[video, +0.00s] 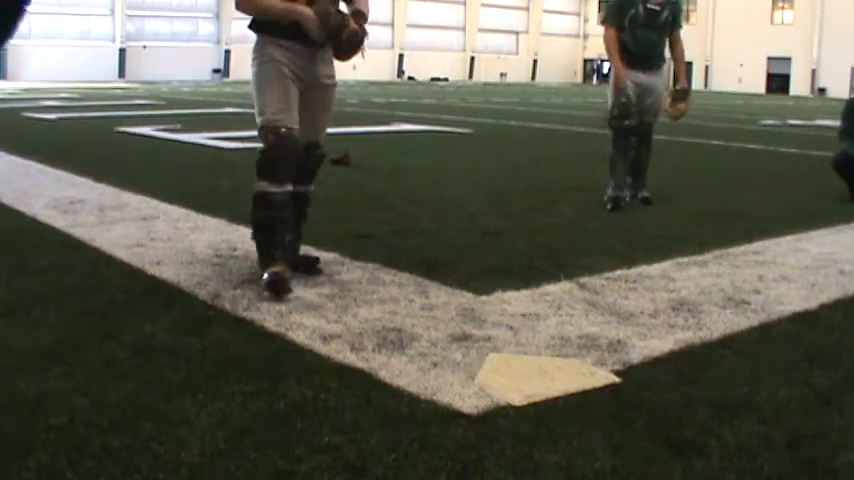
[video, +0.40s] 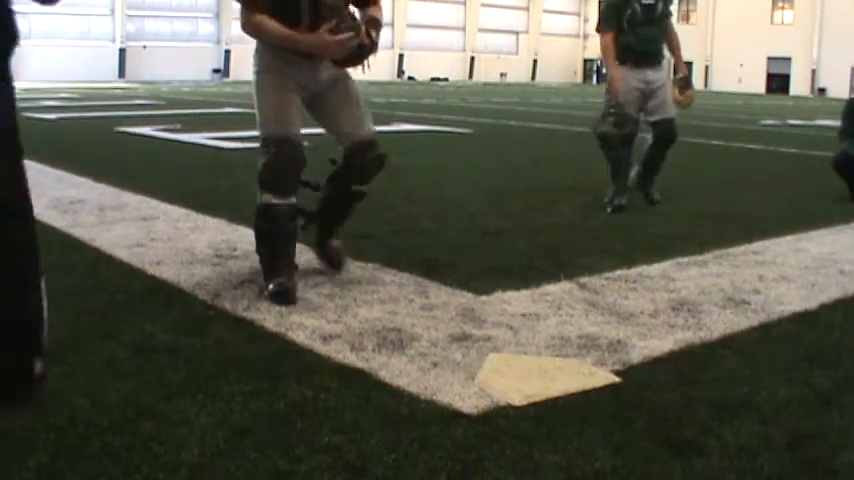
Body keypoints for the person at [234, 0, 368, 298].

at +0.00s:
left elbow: (359, 7)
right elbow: (244, 4)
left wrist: (355, 25)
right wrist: (299, 12)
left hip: (322, 53)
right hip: (276, 48)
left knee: (310, 153)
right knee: (280, 146)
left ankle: (290, 250)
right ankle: (272, 262)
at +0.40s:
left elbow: (371, 3)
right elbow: (250, 20)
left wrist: (370, 27)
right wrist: (312, 42)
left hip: (331, 60)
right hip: (280, 59)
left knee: (367, 153)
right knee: (285, 156)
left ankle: (325, 227)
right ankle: (279, 268)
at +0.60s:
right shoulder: (281, 3)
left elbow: (402, 24)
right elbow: (260, 35)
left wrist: (386, 54)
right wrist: (323, 59)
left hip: (344, 72)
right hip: (287, 71)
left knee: (385, 154)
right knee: (289, 161)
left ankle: (403, 253)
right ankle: (280, 275)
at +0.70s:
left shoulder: (396, 4)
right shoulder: (301, 5)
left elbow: (420, 51)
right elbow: (268, 57)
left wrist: (395, 80)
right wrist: (331, 81)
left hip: (357, 86)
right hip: (298, 84)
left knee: (397, 161)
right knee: (294, 164)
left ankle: (409, 260)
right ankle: (280, 275)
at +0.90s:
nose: (395, 27)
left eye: (400, 17)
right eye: (385, 18)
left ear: (408, 17)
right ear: (361, 17)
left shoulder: (414, 63)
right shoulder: (325, 52)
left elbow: (452, 115)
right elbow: (287, 113)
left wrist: (416, 132)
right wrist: (354, 132)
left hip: (374, 143)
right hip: (316, 137)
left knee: (423, 169)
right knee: (307, 173)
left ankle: (412, 264)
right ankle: (281, 274)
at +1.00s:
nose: (397, 57)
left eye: (402, 47)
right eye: (387, 48)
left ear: (410, 45)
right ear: (363, 45)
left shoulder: (417, 88)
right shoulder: (327, 80)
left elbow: (462, 137)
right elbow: (290, 136)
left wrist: (424, 147)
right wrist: (359, 150)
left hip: (388, 166)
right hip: (329, 164)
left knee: (434, 179)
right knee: (305, 178)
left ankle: (411, 265)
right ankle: (282, 275)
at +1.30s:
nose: (398, 63)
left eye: (403, 53)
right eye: (388, 54)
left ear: (411, 54)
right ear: (364, 57)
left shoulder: (423, 108)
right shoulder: (334, 101)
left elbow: (471, 157)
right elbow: (294, 154)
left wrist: (420, 158)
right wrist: (362, 159)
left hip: (395, 204)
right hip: (342, 203)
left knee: (446, 197)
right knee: (319, 195)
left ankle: (410, 266)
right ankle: (285, 278)